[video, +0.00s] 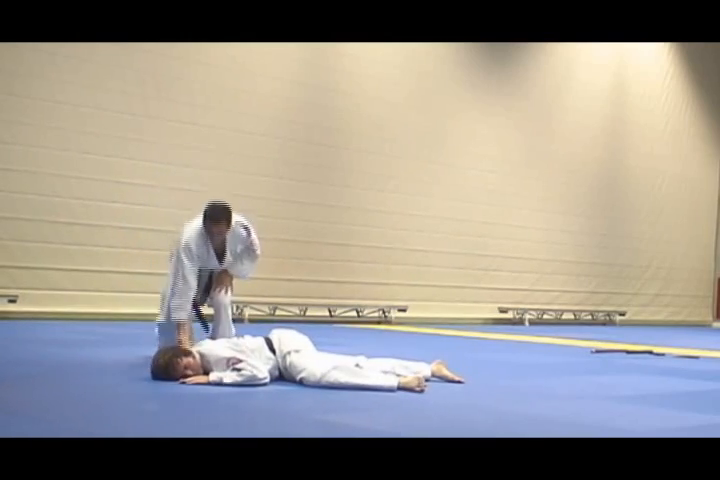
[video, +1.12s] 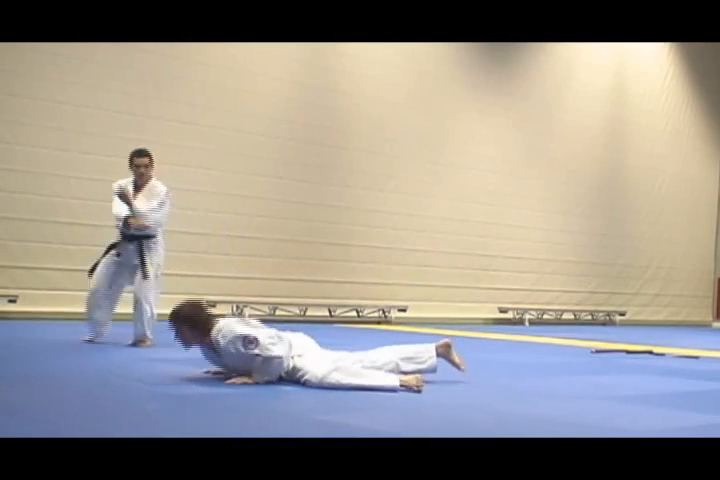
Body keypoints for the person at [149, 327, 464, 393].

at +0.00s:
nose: (189, 371)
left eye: (185, 366)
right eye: (182, 372)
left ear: (188, 354)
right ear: (182, 370)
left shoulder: (212, 351)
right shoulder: (204, 356)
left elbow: (259, 373)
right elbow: (235, 365)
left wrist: (213, 379)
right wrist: (207, 368)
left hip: (280, 346)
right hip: (281, 351)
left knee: (315, 373)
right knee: (351, 364)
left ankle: (399, 381)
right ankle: (427, 369)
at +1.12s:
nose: (177, 336)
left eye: (178, 331)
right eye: (175, 332)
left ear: (192, 327)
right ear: (192, 326)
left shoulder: (225, 335)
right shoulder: (210, 341)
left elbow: (274, 353)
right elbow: (246, 352)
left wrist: (256, 378)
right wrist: (231, 368)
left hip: (296, 357)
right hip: (291, 355)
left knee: (328, 376)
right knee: (359, 361)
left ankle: (398, 381)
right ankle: (436, 350)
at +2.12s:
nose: (253, 282)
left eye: (251, 278)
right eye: (251, 278)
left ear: (260, 277)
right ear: (275, 262)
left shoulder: (293, 281)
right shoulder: (293, 277)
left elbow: (286, 332)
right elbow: (266, 322)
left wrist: (263, 374)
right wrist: (239, 356)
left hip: (364, 303)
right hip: (379, 300)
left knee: (324, 367)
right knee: (372, 369)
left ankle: (380, 370)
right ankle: (437, 366)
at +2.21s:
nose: (261, 280)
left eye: (259, 274)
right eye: (258, 275)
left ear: (268, 271)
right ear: (282, 258)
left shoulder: (297, 278)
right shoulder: (302, 270)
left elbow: (288, 331)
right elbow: (283, 320)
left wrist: (264, 375)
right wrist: (259, 347)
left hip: (366, 308)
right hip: (383, 302)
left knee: (329, 369)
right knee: (375, 368)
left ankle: (380, 370)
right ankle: (438, 366)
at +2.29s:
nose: (264, 272)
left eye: (263, 267)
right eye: (262, 267)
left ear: (270, 265)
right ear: (286, 250)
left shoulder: (297, 276)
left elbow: (286, 328)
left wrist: (264, 374)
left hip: (366, 309)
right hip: (385, 300)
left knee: (328, 369)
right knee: (378, 367)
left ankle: (381, 371)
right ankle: (438, 367)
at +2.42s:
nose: (264, 254)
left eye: (263, 249)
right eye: (263, 248)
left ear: (272, 250)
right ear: (289, 236)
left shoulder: (290, 272)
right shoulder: (320, 244)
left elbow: (279, 324)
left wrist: (257, 366)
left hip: (361, 306)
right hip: (383, 296)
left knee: (326, 370)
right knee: (378, 363)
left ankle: (379, 371)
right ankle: (436, 374)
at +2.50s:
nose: (267, 243)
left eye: (266, 238)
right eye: (266, 237)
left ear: (273, 239)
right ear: (293, 226)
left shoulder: (286, 264)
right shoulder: (325, 236)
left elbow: (272, 316)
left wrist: (251, 360)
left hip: (353, 304)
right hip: (379, 292)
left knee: (326, 370)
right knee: (381, 359)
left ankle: (379, 371)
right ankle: (437, 374)